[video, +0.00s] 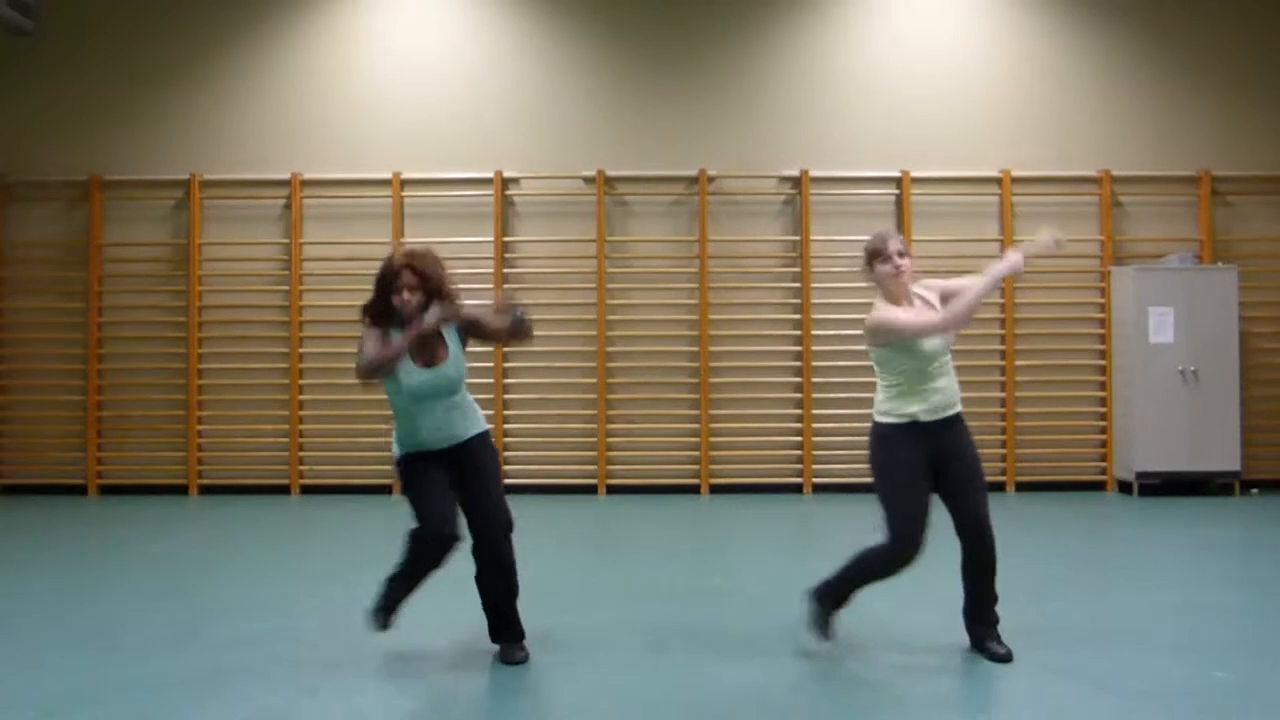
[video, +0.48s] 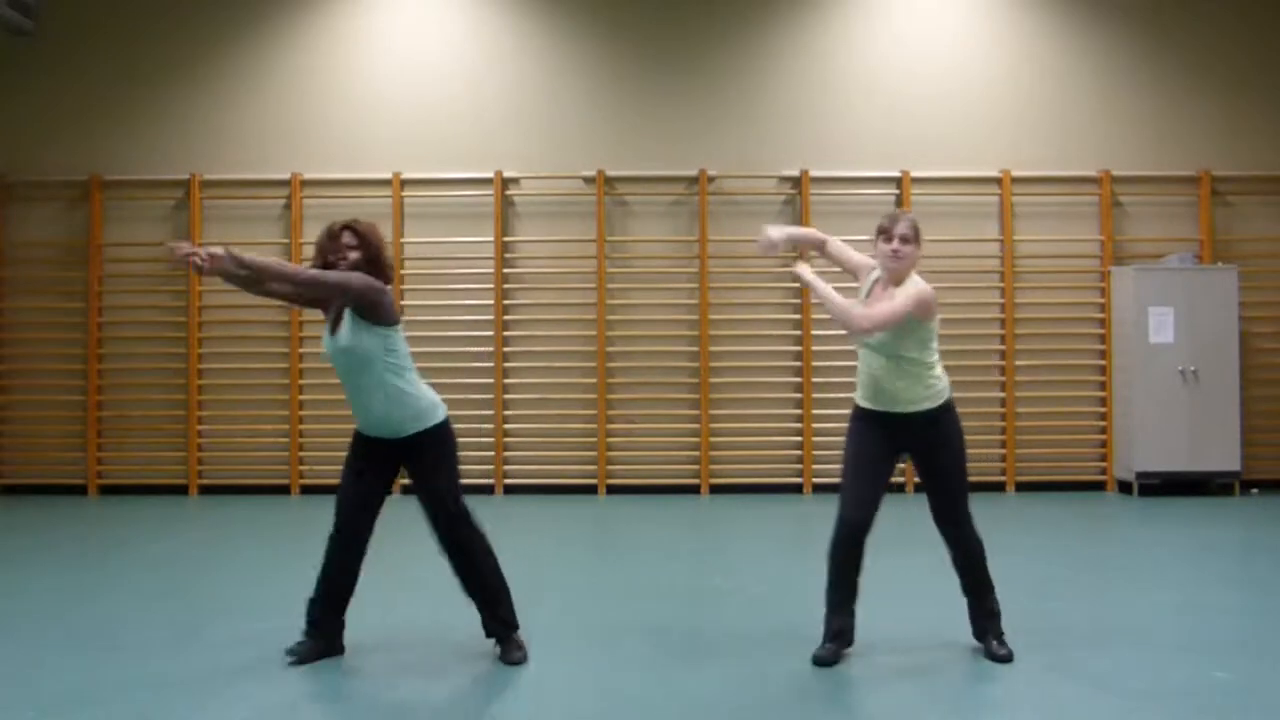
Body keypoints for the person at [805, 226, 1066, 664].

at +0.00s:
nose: (896, 263)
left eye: (900, 255)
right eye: (884, 260)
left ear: (912, 260)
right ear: (872, 273)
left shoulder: (932, 292)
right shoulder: (880, 320)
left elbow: (980, 282)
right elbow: (949, 321)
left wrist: (1027, 250)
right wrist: (997, 273)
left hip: (949, 429)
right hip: (898, 437)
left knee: (978, 533)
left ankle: (983, 631)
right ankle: (826, 597)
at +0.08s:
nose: (910, 269)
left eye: (916, 261)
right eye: (899, 264)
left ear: (926, 267)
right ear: (884, 275)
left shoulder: (940, 303)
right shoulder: (883, 325)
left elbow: (1001, 322)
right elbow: (927, 369)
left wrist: (1064, 320)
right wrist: (993, 352)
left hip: (958, 429)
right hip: (908, 442)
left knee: (985, 536)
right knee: (940, 543)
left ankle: (984, 631)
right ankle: (910, 610)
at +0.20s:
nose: (926, 272)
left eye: (933, 265)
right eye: (915, 267)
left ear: (943, 272)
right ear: (900, 277)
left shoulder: (963, 317)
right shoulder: (886, 325)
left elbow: (996, 378)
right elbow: (861, 387)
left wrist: (996, 432)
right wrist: (910, 426)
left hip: (970, 432)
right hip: (915, 441)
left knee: (987, 537)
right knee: (942, 542)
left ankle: (987, 632)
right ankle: (944, 624)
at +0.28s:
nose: (926, 262)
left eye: (933, 255)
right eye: (916, 255)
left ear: (944, 264)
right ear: (902, 265)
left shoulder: (965, 314)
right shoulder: (886, 303)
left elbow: (971, 383)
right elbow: (824, 326)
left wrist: (908, 400)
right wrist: (846, 370)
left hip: (964, 429)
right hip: (908, 433)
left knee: (979, 532)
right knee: (914, 534)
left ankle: (987, 630)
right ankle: (919, 616)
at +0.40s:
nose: (909, 245)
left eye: (918, 240)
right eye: (901, 238)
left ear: (931, 249)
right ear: (888, 245)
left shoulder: (938, 296)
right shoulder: (876, 274)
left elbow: (900, 347)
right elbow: (821, 251)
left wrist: (845, 315)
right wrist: (803, 271)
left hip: (947, 416)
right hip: (890, 417)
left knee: (966, 520)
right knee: (872, 520)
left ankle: (989, 628)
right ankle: (860, 626)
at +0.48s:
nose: (896, 246)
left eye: (906, 241)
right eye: (889, 239)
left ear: (919, 251)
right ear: (876, 245)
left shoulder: (921, 294)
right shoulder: (867, 275)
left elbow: (861, 324)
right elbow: (823, 242)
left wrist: (810, 278)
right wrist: (786, 233)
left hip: (931, 419)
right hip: (873, 419)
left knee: (956, 524)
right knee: (851, 524)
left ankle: (989, 629)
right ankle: (836, 634)